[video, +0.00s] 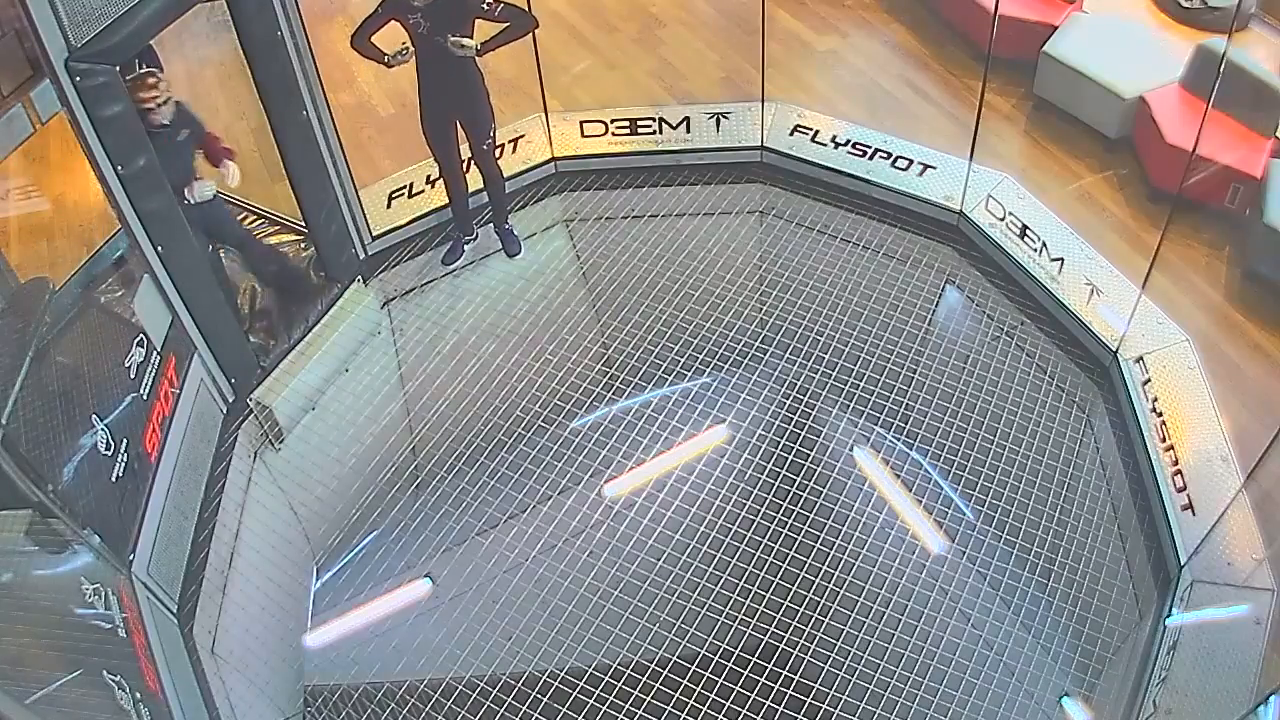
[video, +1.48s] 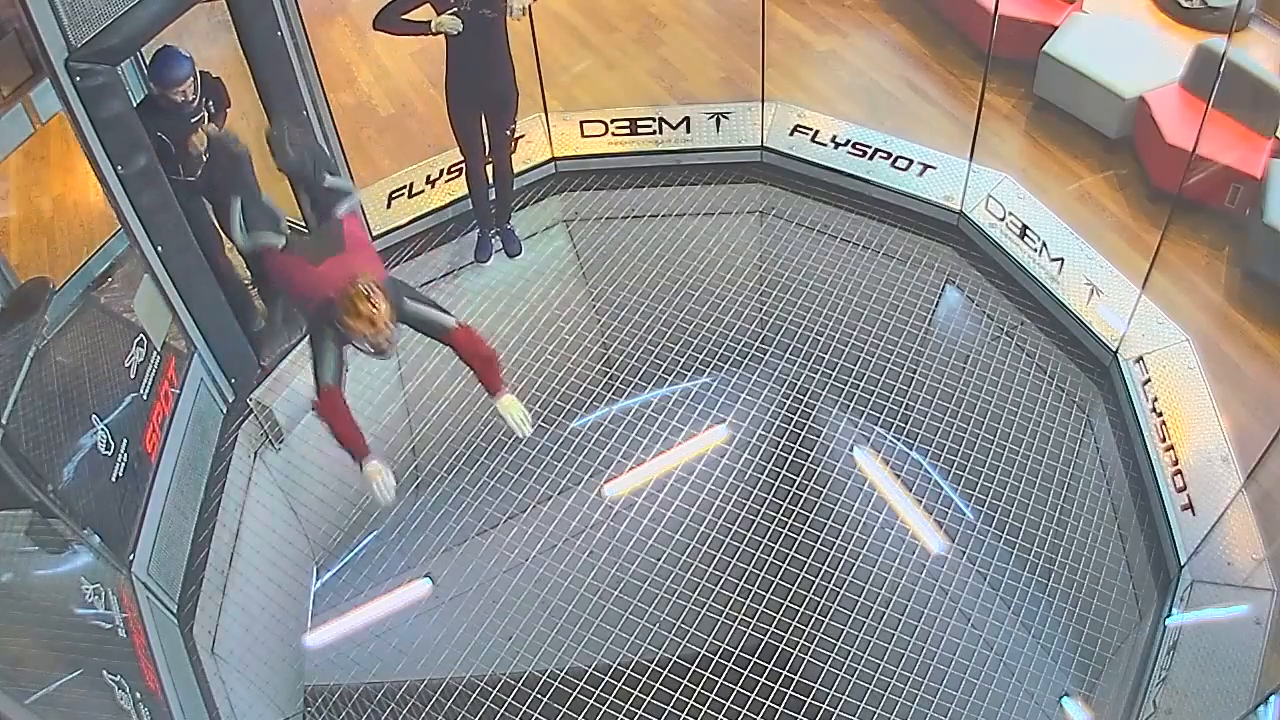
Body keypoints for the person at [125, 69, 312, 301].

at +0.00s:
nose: (152, 105)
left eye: (156, 95)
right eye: (144, 99)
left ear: (166, 92)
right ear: (132, 101)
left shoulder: (178, 113)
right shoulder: (132, 134)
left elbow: (203, 138)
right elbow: (144, 191)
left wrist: (222, 158)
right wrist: (184, 193)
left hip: (196, 196)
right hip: (167, 211)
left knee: (241, 238)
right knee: (204, 261)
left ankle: (293, 282)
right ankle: (232, 327)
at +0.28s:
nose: (206, 119)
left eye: (209, 110)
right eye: (195, 117)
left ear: (219, 99)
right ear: (182, 114)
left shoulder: (237, 105)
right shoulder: (172, 143)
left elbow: (271, 127)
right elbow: (177, 187)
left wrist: (266, 148)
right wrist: (202, 205)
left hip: (245, 185)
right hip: (212, 208)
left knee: (275, 238)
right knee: (247, 263)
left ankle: (299, 283)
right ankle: (271, 319)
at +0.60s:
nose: (249, 152)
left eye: (251, 141)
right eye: (239, 150)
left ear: (257, 126)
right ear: (225, 148)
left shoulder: (270, 113)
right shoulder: (208, 167)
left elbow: (318, 109)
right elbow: (198, 209)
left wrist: (298, 154)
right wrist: (240, 213)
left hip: (278, 190)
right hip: (238, 213)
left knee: (306, 245)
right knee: (268, 268)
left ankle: (312, 283)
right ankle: (286, 314)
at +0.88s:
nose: (286, 202)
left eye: (289, 193)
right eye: (276, 199)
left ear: (296, 177)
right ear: (261, 195)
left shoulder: (311, 169)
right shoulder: (244, 210)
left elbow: (356, 178)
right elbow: (222, 237)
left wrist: (334, 210)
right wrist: (254, 258)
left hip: (312, 240)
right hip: (274, 256)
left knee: (326, 283)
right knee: (294, 308)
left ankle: (329, 304)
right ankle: (292, 330)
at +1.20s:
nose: (326, 271)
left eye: (329, 262)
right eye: (317, 268)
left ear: (339, 246)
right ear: (302, 265)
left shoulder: (359, 240)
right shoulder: (285, 268)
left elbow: (416, 255)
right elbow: (253, 329)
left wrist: (450, 301)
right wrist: (275, 383)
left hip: (350, 287)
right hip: (303, 299)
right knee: (277, 339)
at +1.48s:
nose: (381, 346)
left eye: (384, 334)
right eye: (369, 343)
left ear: (387, 307)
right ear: (346, 330)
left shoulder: (390, 290)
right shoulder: (325, 321)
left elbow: (455, 331)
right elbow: (328, 396)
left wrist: (499, 390)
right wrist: (364, 457)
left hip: (343, 243)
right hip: (288, 256)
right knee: (242, 227)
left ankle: (302, 163)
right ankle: (236, 156)